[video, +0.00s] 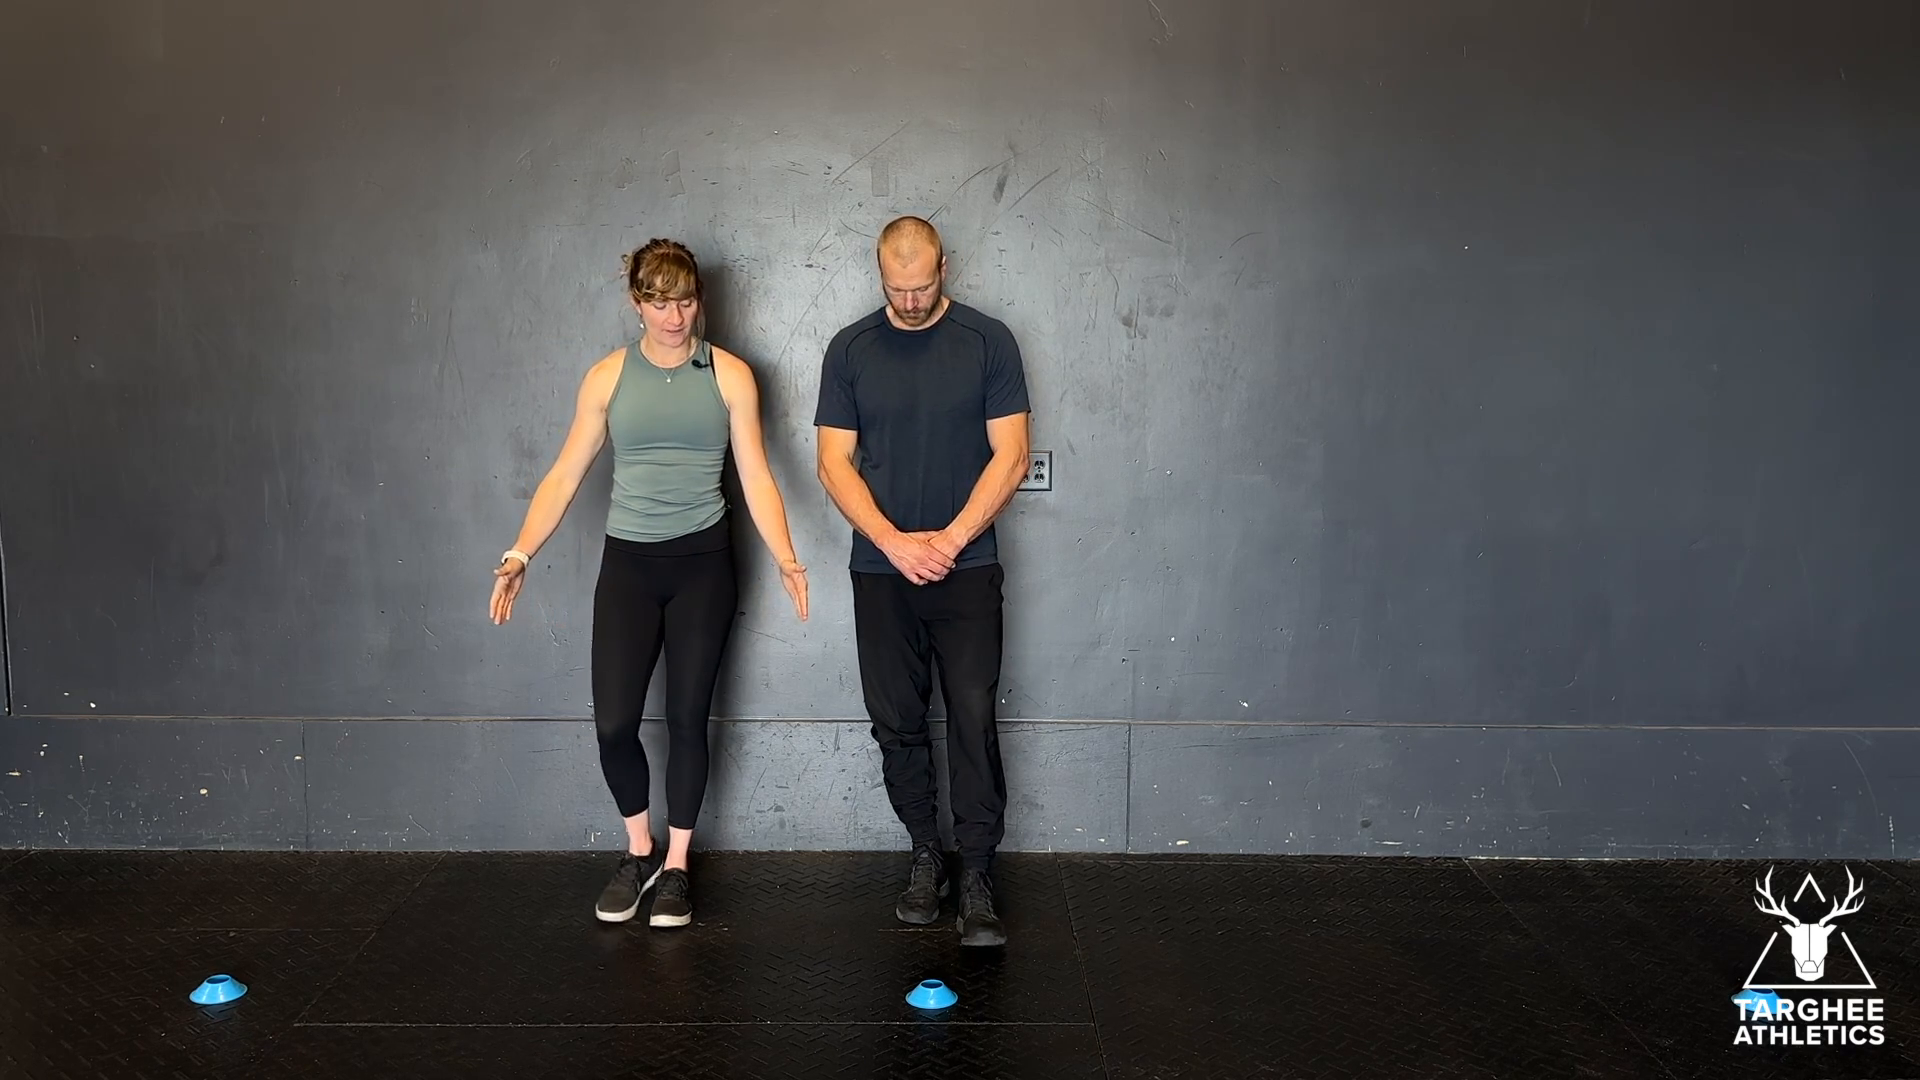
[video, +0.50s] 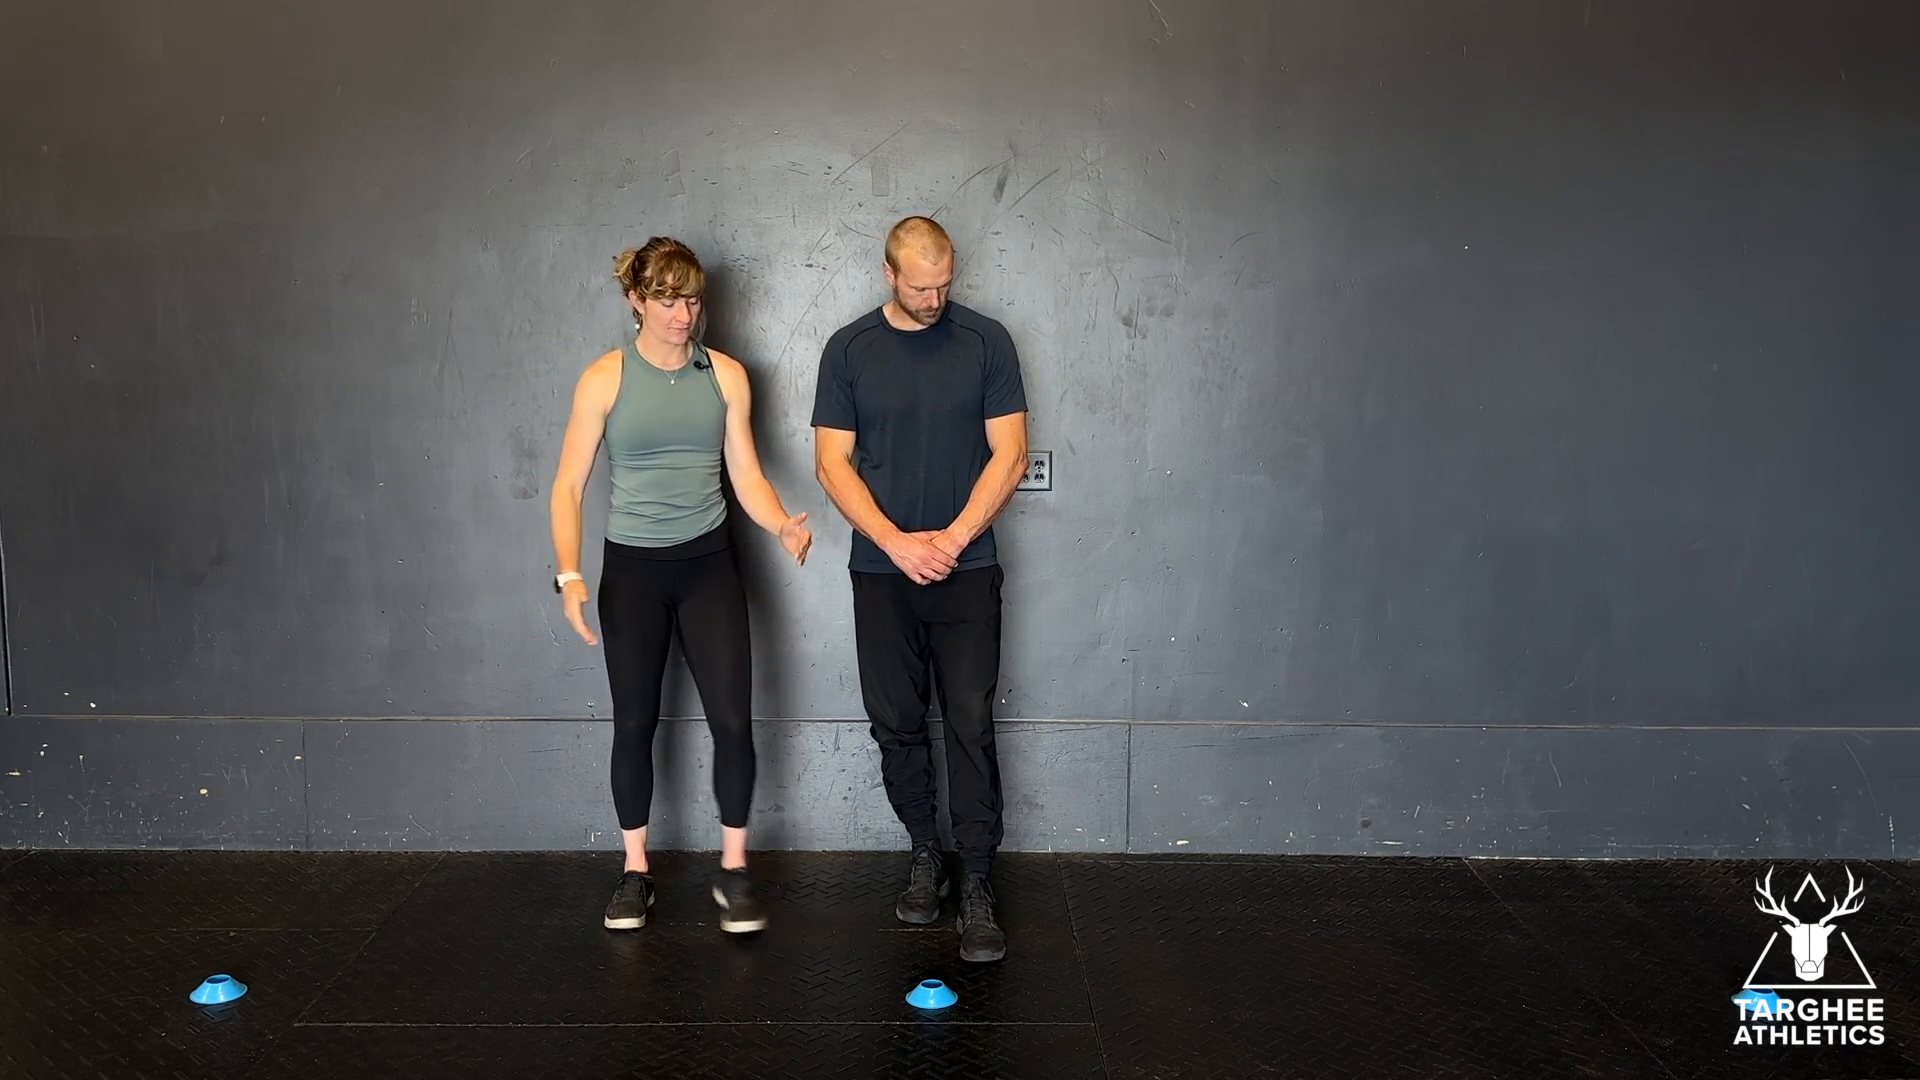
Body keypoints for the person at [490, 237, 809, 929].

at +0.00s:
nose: (675, 315)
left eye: (684, 300)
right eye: (660, 303)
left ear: (699, 301)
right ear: (636, 304)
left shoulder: (730, 376)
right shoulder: (608, 377)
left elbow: (754, 474)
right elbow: (565, 474)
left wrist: (786, 557)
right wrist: (518, 555)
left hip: (703, 562)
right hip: (626, 564)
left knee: (687, 716)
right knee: (615, 724)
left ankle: (676, 868)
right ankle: (642, 855)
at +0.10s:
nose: (676, 311)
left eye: (686, 297)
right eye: (661, 299)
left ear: (699, 301)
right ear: (636, 301)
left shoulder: (729, 377)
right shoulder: (607, 377)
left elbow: (753, 475)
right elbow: (565, 473)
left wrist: (787, 557)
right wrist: (520, 557)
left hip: (703, 563)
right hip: (626, 565)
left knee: (686, 718)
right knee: (624, 724)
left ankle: (676, 868)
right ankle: (635, 866)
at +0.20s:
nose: (678, 312)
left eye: (687, 298)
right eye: (663, 300)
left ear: (698, 300)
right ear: (635, 302)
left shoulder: (726, 376)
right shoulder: (603, 377)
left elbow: (749, 472)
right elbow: (563, 475)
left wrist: (785, 549)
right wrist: (523, 560)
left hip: (703, 564)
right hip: (626, 567)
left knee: (687, 719)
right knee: (628, 722)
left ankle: (677, 868)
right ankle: (635, 869)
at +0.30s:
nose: (679, 312)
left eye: (687, 298)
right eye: (664, 300)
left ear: (696, 299)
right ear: (633, 302)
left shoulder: (722, 375)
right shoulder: (599, 378)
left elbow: (744, 471)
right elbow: (560, 478)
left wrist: (780, 536)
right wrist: (534, 564)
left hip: (702, 564)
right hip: (626, 567)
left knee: (697, 719)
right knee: (630, 721)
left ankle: (681, 865)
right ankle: (634, 865)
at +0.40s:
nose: (682, 313)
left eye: (689, 299)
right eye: (666, 301)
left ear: (698, 300)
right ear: (634, 302)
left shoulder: (721, 376)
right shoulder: (600, 380)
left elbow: (742, 472)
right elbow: (561, 483)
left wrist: (779, 530)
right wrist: (549, 571)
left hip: (705, 564)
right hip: (628, 569)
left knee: (716, 721)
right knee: (631, 721)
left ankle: (694, 861)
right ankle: (635, 868)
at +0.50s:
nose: (685, 311)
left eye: (693, 298)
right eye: (670, 299)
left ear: (701, 300)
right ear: (639, 302)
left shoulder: (725, 374)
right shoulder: (604, 378)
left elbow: (746, 471)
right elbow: (568, 484)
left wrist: (782, 524)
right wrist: (569, 575)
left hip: (710, 565)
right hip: (633, 570)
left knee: (733, 722)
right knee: (634, 724)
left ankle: (734, 869)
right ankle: (635, 871)